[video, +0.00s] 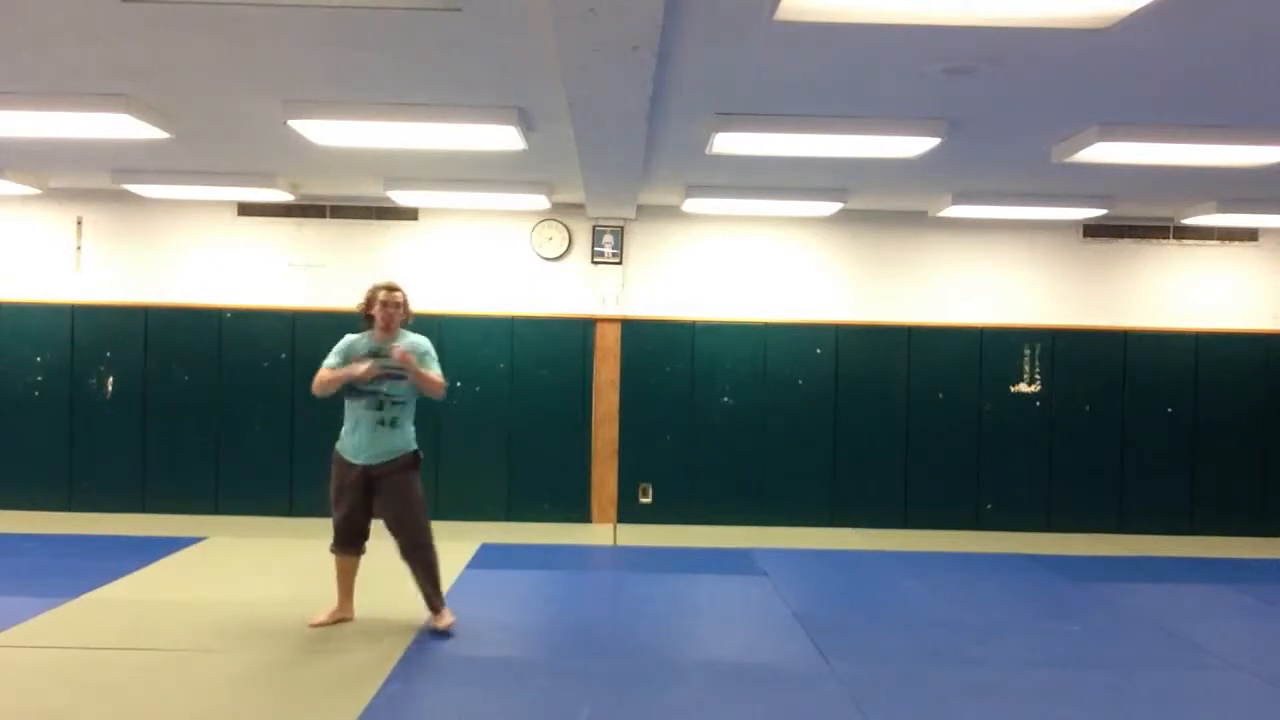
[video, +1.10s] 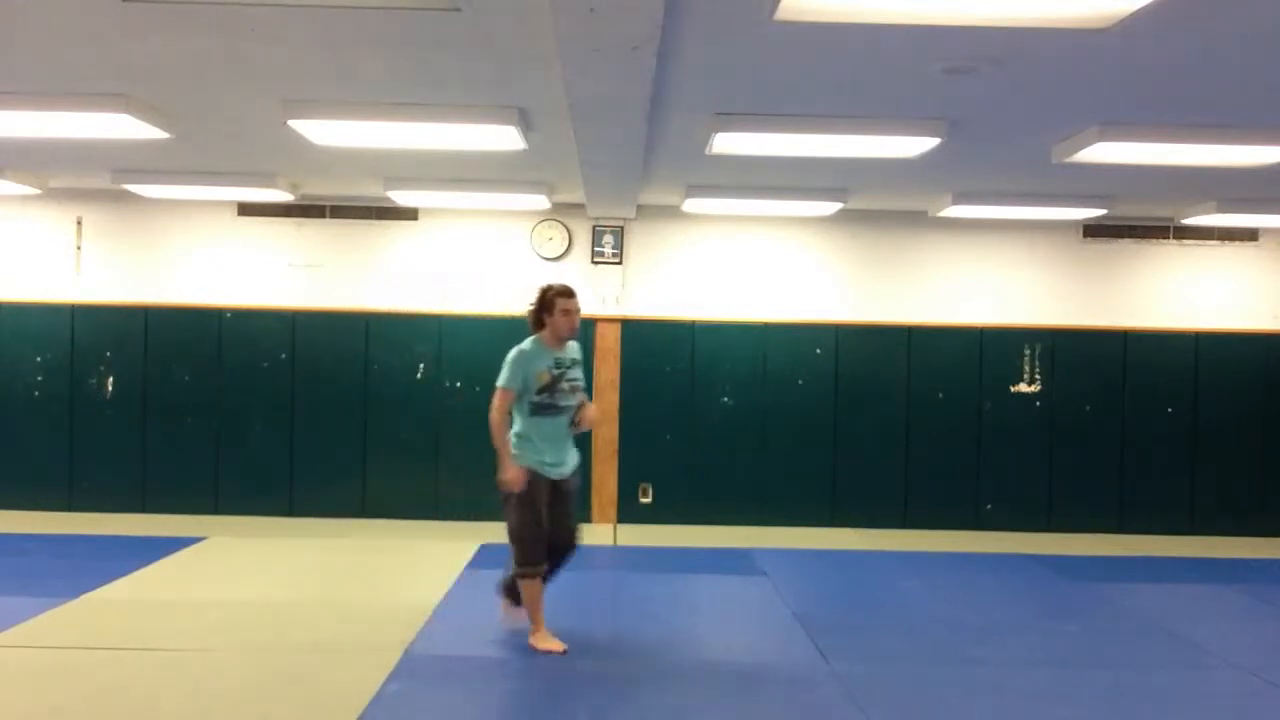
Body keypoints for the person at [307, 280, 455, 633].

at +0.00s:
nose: (388, 311)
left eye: (395, 306)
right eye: (383, 305)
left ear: (405, 312)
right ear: (370, 309)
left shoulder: (418, 346)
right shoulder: (351, 344)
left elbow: (438, 389)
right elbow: (318, 385)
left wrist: (412, 368)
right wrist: (352, 373)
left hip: (397, 457)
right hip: (351, 456)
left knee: (415, 536)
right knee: (346, 534)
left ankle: (438, 609)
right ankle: (344, 606)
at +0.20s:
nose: (423, 317)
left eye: (429, 311)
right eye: (417, 311)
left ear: (435, 317)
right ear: (398, 315)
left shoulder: (441, 353)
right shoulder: (378, 348)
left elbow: (449, 403)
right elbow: (376, 349)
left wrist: (437, 388)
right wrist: (410, 334)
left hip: (431, 460)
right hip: (382, 459)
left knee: (438, 542)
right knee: (360, 539)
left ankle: (444, 612)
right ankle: (342, 607)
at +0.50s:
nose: (490, 316)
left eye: (491, 310)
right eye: (483, 310)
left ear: (487, 314)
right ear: (463, 312)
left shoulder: (480, 352)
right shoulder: (437, 350)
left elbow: (470, 396)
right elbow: (414, 396)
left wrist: (499, 402)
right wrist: (450, 399)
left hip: (472, 455)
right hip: (438, 454)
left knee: (464, 536)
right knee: (432, 533)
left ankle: (451, 609)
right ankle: (387, 598)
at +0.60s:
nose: (506, 319)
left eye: (507, 312)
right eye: (499, 312)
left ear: (502, 317)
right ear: (479, 314)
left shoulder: (493, 354)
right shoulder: (450, 354)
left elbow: (484, 399)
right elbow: (432, 405)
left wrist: (518, 399)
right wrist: (442, 449)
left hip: (482, 459)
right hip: (454, 457)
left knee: (471, 537)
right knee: (458, 535)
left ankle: (455, 612)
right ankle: (431, 612)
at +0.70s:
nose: (518, 322)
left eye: (520, 315)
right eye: (511, 315)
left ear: (516, 320)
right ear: (491, 318)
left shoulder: (507, 356)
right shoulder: (465, 357)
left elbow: (500, 398)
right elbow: (442, 409)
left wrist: (531, 401)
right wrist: (429, 460)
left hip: (490, 457)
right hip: (463, 455)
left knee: (465, 532)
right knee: (482, 532)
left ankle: (447, 608)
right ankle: (483, 622)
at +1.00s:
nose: (560, 321)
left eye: (562, 314)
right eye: (552, 315)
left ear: (562, 318)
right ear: (532, 319)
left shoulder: (560, 353)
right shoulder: (508, 359)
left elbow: (555, 393)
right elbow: (480, 412)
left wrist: (570, 410)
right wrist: (472, 467)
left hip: (546, 462)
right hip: (512, 462)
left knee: (526, 540)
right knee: (522, 544)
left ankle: (476, 594)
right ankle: (538, 630)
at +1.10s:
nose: (574, 319)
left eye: (576, 312)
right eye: (566, 312)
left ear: (577, 316)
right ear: (545, 317)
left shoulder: (574, 350)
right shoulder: (523, 355)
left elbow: (572, 392)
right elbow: (498, 410)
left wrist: (586, 408)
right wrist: (506, 461)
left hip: (564, 464)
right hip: (527, 464)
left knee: (562, 542)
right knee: (531, 546)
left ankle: (515, 589)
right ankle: (538, 630)